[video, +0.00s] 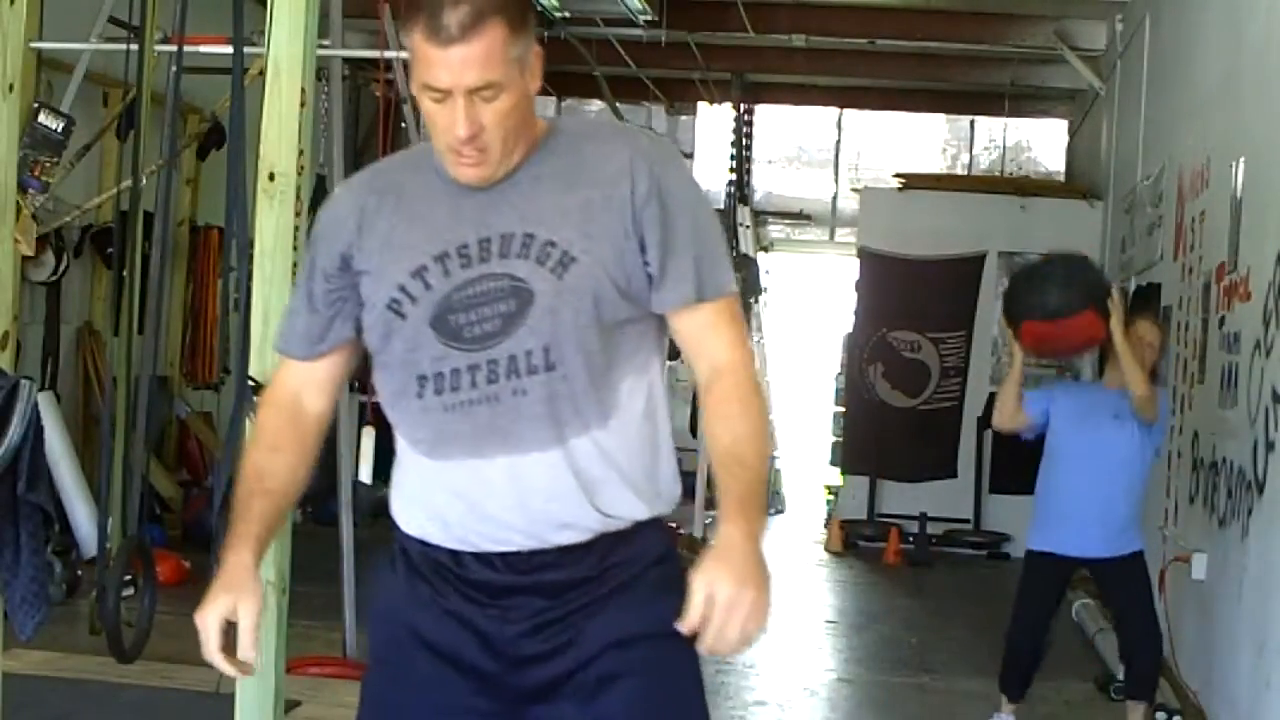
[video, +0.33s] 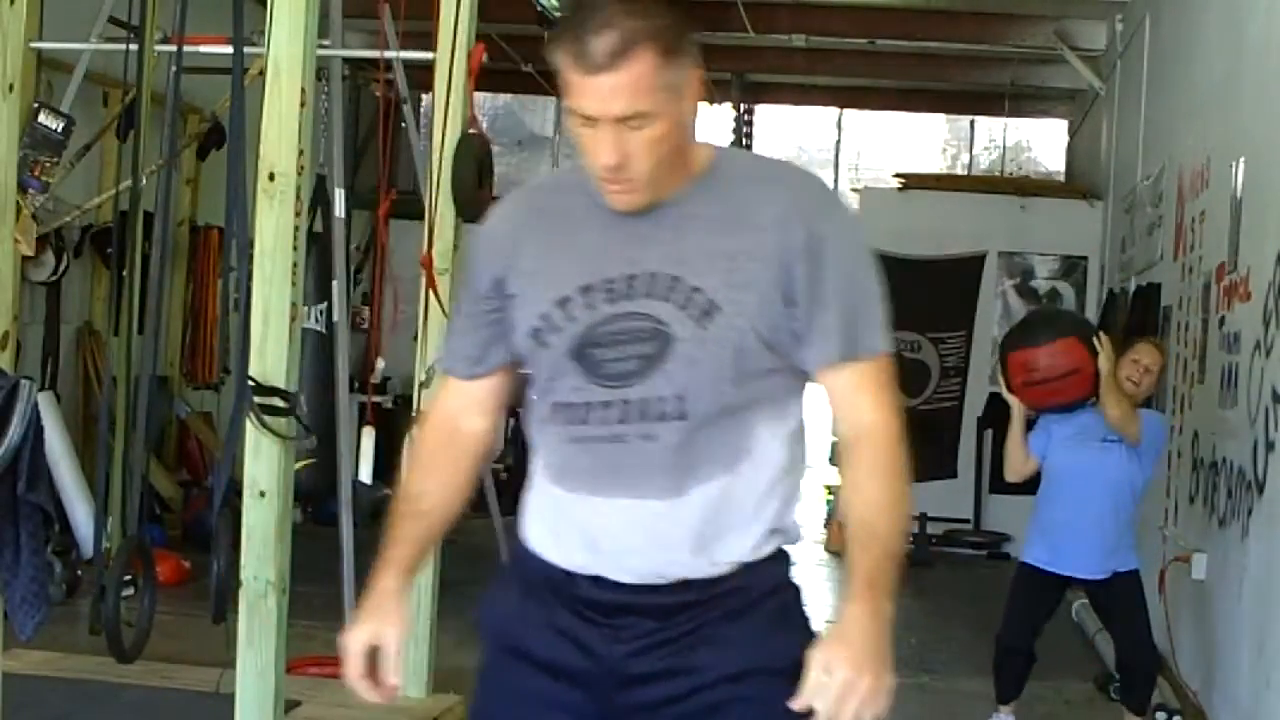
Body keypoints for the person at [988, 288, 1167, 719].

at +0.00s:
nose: (1144, 351)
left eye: (1152, 344)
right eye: (1138, 340)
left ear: (1160, 356)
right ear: (1113, 343)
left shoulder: (1153, 405)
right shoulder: (1062, 395)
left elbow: (1141, 399)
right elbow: (1004, 419)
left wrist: (1116, 332)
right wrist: (1018, 355)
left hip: (1118, 549)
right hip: (1052, 545)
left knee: (1145, 645)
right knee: (1024, 635)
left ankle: (1138, 715)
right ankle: (1007, 711)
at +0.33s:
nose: (1140, 373)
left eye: (1151, 371)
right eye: (1135, 362)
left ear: (1155, 385)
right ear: (1114, 362)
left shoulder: (1154, 426)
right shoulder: (1058, 419)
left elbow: (1118, 416)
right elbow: (1015, 472)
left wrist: (1106, 373)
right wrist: (1018, 410)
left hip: (1112, 564)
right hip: (1046, 557)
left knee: (1141, 656)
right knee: (1013, 641)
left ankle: (1135, 713)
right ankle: (1005, 710)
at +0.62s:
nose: (1135, 381)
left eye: (1146, 378)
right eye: (1129, 369)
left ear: (1151, 391)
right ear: (1109, 370)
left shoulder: (1151, 432)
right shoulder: (1057, 429)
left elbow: (1112, 425)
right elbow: (1015, 481)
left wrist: (1101, 382)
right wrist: (1016, 418)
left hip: (1112, 571)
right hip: (1046, 566)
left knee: (1140, 658)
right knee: (1010, 647)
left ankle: (1134, 713)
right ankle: (1005, 709)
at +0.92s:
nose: (1137, 369)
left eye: (1146, 365)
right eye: (1130, 358)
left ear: (1153, 375)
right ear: (1107, 360)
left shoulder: (1152, 419)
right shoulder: (1059, 416)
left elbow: (1124, 406)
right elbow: (1009, 460)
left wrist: (1103, 364)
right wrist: (1012, 398)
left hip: (1112, 561)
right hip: (1045, 555)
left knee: (1136, 655)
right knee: (1011, 644)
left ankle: (1136, 711)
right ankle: (1003, 708)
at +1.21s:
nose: (1127, 327)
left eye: (1133, 322)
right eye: (1120, 319)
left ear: (1139, 331)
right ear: (1102, 325)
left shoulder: (1144, 376)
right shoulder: (1059, 367)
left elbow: (1152, 314)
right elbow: (1004, 355)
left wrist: (1117, 269)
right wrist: (1019, 296)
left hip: (1108, 520)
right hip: (1046, 514)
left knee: (1117, 623)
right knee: (1027, 613)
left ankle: (1132, 714)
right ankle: (1004, 711)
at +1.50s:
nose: (1109, 322)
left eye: (1119, 317)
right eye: (1102, 314)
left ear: (1131, 328)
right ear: (1086, 321)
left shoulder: (1139, 369)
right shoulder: (1056, 366)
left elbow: (1146, 298)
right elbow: (1025, 308)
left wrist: (1127, 227)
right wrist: (1029, 243)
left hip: (1116, 515)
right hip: (1051, 512)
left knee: (1118, 622)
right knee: (1033, 614)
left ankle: (1132, 716)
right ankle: (1005, 712)